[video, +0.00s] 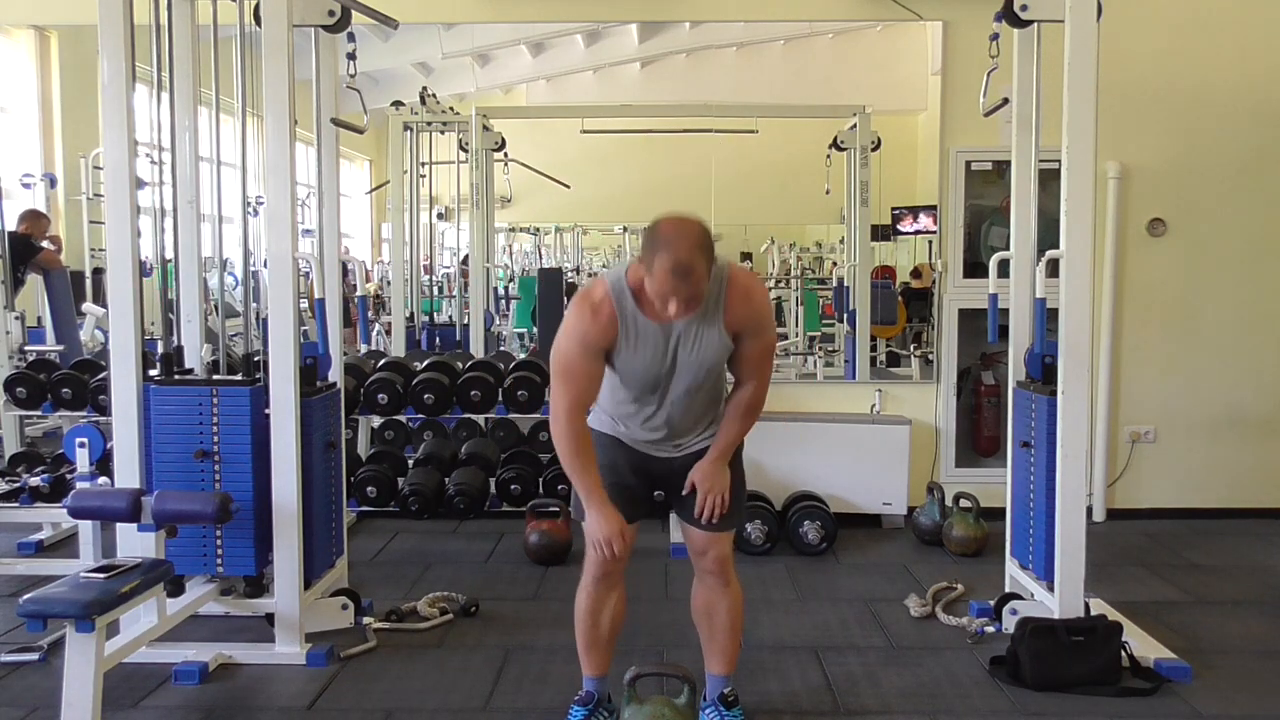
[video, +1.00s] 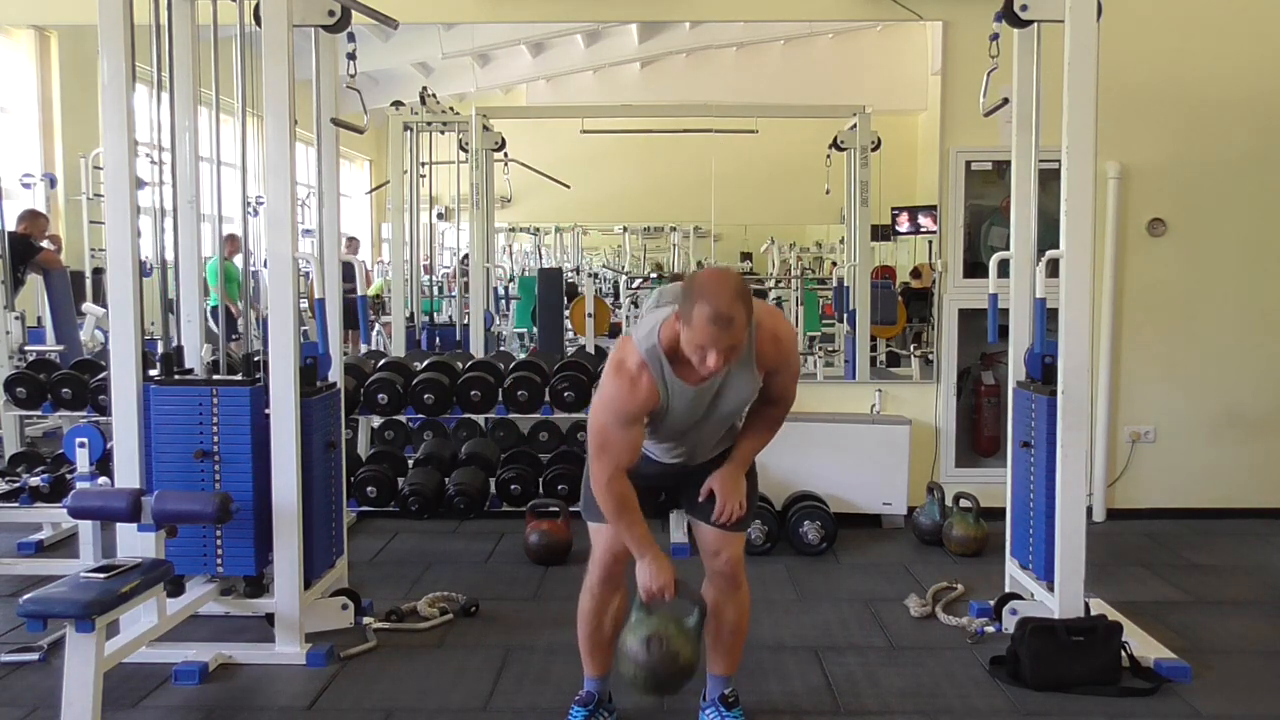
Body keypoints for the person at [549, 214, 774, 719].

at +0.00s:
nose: (676, 312)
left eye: (688, 300)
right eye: (665, 299)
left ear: (711, 272)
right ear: (641, 272)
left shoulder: (745, 296)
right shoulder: (597, 307)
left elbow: (752, 386)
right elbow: (565, 412)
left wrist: (718, 457)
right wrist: (596, 505)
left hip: (705, 441)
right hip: (618, 437)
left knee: (715, 560)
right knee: (605, 558)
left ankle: (718, 699)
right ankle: (592, 696)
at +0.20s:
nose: (677, 406)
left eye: (688, 395)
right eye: (664, 397)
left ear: (710, 360)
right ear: (637, 363)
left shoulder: (744, 345)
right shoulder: (599, 385)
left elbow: (750, 401)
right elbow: (593, 504)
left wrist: (713, 463)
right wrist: (617, 600)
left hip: (702, 456)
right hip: (621, 455)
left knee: (715, 563)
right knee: (594, 568)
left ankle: (719, 697)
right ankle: (593, 695)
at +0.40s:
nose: (684, 448)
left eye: (696, 437)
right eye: (673, 439)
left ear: (720, 394)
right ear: (646, 411)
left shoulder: (751, 369)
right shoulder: (610, 432)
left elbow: (753, 414)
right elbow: (605, 547)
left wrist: (712, 464)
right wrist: (629, 638)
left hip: (704, 462)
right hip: (617, 462)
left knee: (715, 563)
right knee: (594, 572)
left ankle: (719, 696)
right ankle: (592, 695)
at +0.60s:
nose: (693, 447)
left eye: (705, 435)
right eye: (681, 436)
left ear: (729, 394)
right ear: (653, 407)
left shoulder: (757, 372)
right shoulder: (619, 436)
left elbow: (762, 414)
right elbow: (610, 552)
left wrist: (719, 464)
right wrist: (635, 641)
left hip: (708, 462)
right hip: (618, 458)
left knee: (719, 564)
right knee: (597, 570)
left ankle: (719, 698)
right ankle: (591, 696)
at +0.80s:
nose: (704, 423)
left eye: (716, 412)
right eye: (691, 414)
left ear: (734, 379)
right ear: (663, 384)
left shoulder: (764, 360)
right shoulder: (631, 420)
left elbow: (768, 409)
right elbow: (618, 533)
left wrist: (726, 464)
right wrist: (652, 621)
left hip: (711, 457)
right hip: (623, 457)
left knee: (723, 564)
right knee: (603, 567)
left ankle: (720, 697)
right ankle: (592, 695)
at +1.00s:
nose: (713, 364)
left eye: (727, 352)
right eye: (702, 351)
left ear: (746, 326)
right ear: (679, 324)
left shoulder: (773, 336)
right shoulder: (632, 367)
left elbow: (776, 403)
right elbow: (607, 472)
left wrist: (737, 465)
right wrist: (648, 555)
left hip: (717, 454)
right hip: (635, 454)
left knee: (727, 566)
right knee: (608, 564)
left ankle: (719, 699)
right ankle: (593, 696)